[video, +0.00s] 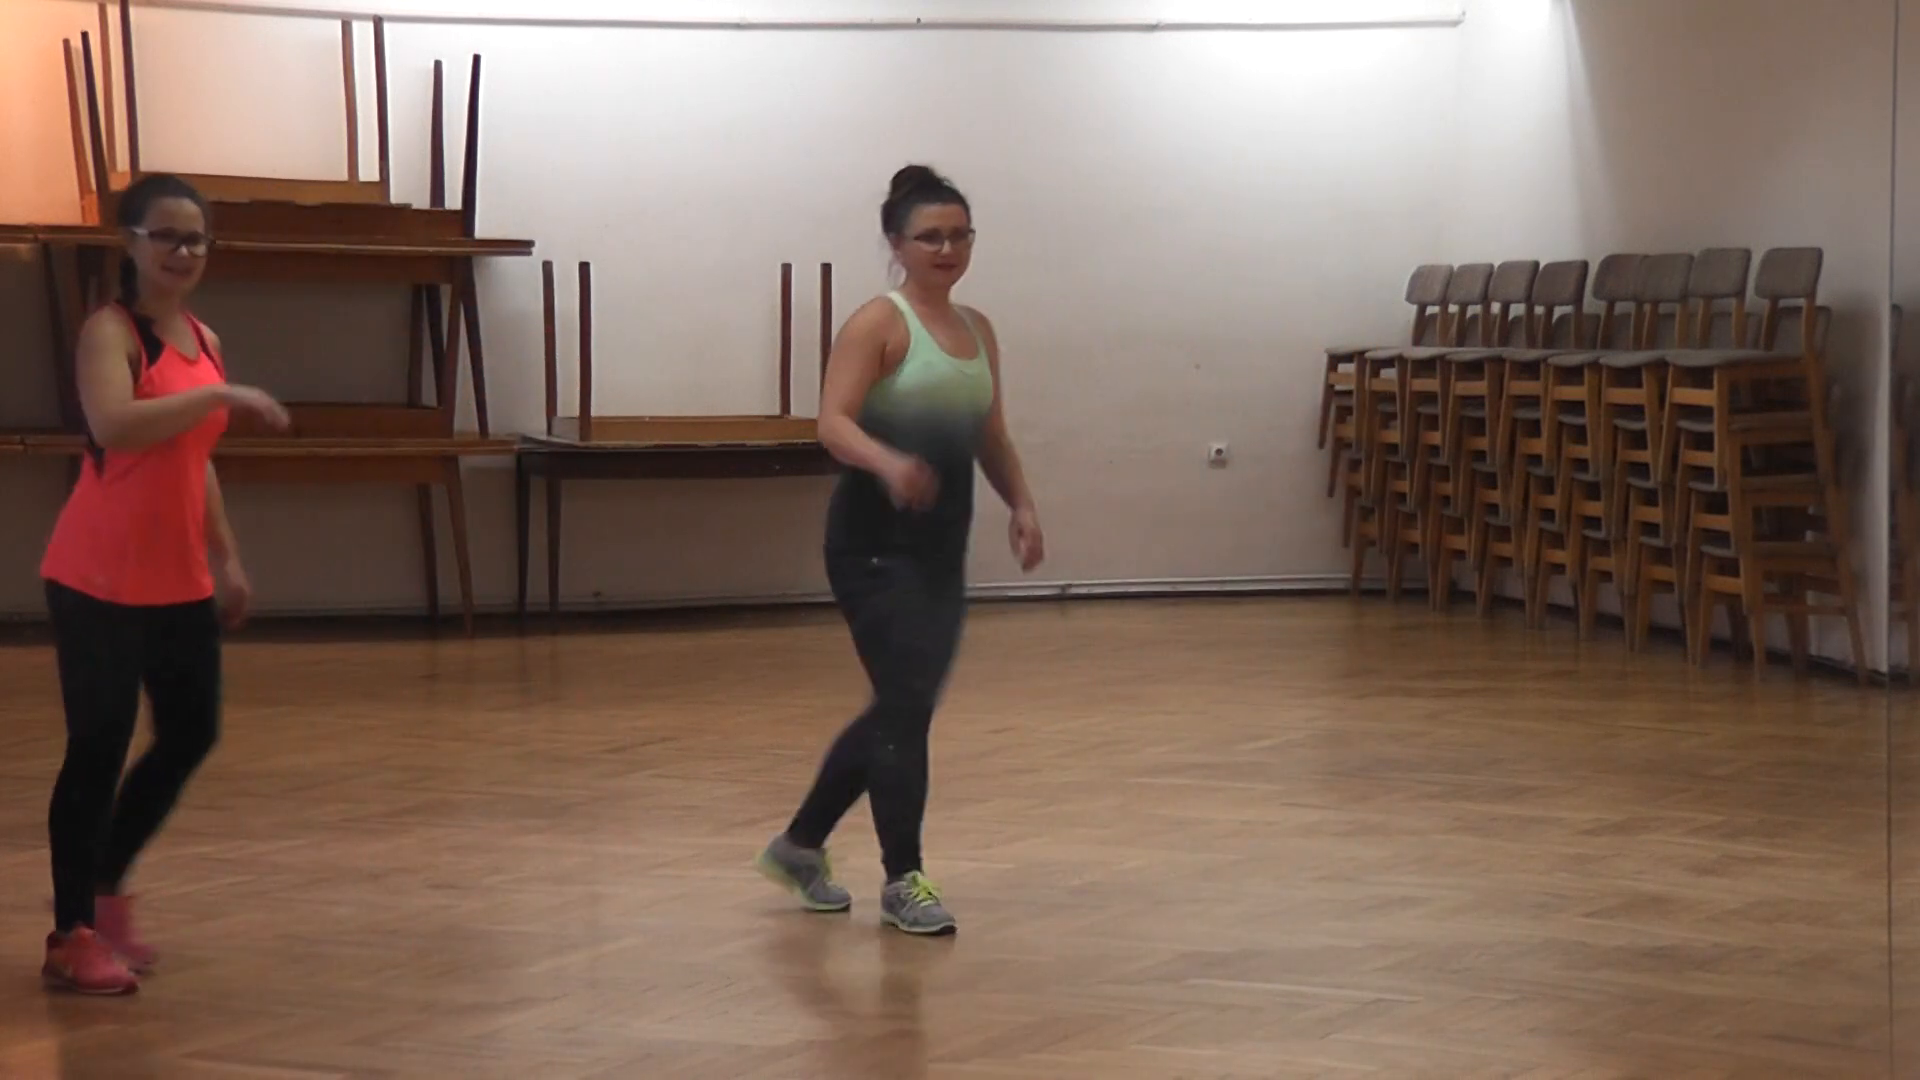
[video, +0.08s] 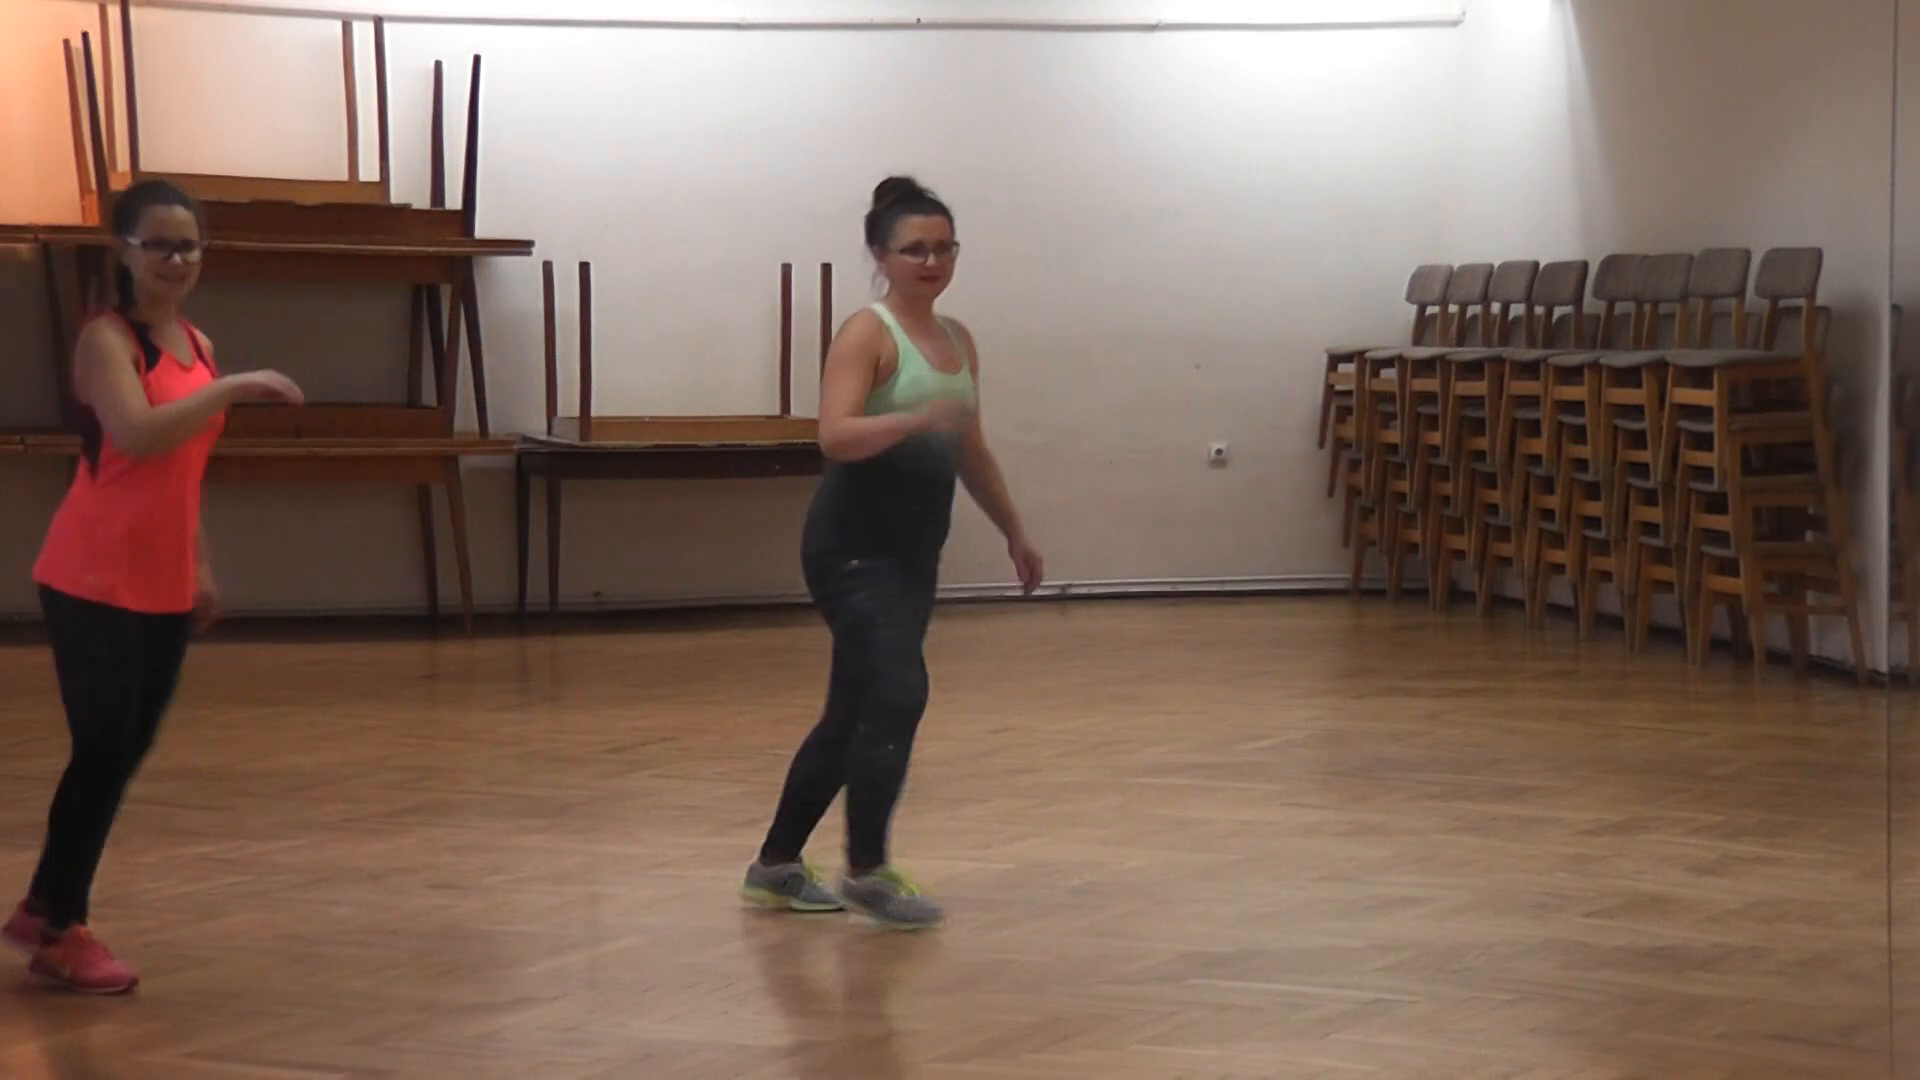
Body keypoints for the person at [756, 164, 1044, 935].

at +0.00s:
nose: (949, 248)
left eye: (960, 234)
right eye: (932, 236)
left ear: (972, 238)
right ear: (896, 243)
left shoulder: (976, 329)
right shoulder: (875, 323)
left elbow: (988, 429)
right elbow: (833, 423)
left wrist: (1021, 502)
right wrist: (888, 462)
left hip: (941, 540)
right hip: (873, 538)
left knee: (905, 702)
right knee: (905, 700)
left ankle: (798, 845)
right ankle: (903, 879)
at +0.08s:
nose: (935, 260)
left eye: (945, 247)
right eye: (917, 248)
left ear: (956, 252)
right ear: (880, 254)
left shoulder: (955, 340)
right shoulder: (864, 333)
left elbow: (971, 451)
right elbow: (834, 437)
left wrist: (1015, 535)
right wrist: (920, 419)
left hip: (913, 551)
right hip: (852, 546)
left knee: (851, 713)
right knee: (899, 691)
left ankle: (775, 864)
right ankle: (867, 871)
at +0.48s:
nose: (918, 268)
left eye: (926, 253)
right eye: (901, 255)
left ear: (930, 257)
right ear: (856, 263)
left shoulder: (882, 340)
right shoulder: (853, 336)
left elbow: (847, 449)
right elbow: (961, 396)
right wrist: (1066, 377)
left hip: (876, 566)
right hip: (813, 565)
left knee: (946, 689)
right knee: (762, 714)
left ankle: (838, 833)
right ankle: (686, 867)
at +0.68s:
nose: (955, 258)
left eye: (961, 244)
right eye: (937, 246)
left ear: (965, 247)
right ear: (896, 254)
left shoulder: (921, 327)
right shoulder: (895, 331)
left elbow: (908, 448)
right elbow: (923, 449)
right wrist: (981, 532)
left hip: (916, 546)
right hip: (879, 547)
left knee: (935, 702)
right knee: (903, 707)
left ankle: (850, 867)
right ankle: (761, 829)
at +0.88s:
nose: (1018, 252)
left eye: (1025, 238)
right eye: (1000, 239)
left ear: (1031, 240)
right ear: (957, 245)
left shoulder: (1003, 322)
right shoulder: (945, 328)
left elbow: (1018, 433)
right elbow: (874, 421)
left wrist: (1092, 493)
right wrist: (814, 503)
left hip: (974, 546)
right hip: (955, 548)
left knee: (895, 706)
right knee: (1054, 669)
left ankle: (848, 864)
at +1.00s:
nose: (1055, 265)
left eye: (1063, 251)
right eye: (1037, 254)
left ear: (1070, 254)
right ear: (997, 265)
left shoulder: (1065, 343)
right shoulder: (983, 343)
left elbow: (1095, 443)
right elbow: (899, 422)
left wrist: (1185, 505)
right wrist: (812, 488)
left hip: (1036, 564)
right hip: (1005, 566)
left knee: (948, 711)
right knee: (1105, 692)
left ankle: (856, 857)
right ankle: (1138, 875)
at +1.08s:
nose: (1084, 261)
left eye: (1090, 247)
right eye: (1065, 252)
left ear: (1100, 251)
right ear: (1026, 265)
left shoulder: (1100, 340)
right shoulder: (1018, 344)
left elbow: (1127, 449)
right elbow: (943, 436)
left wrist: (1210, 518)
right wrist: (872, 507)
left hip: (1083, 561)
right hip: (1050, 564)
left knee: (1051, 717)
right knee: (1133, 695)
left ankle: (905, 834)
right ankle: (1136, 876)